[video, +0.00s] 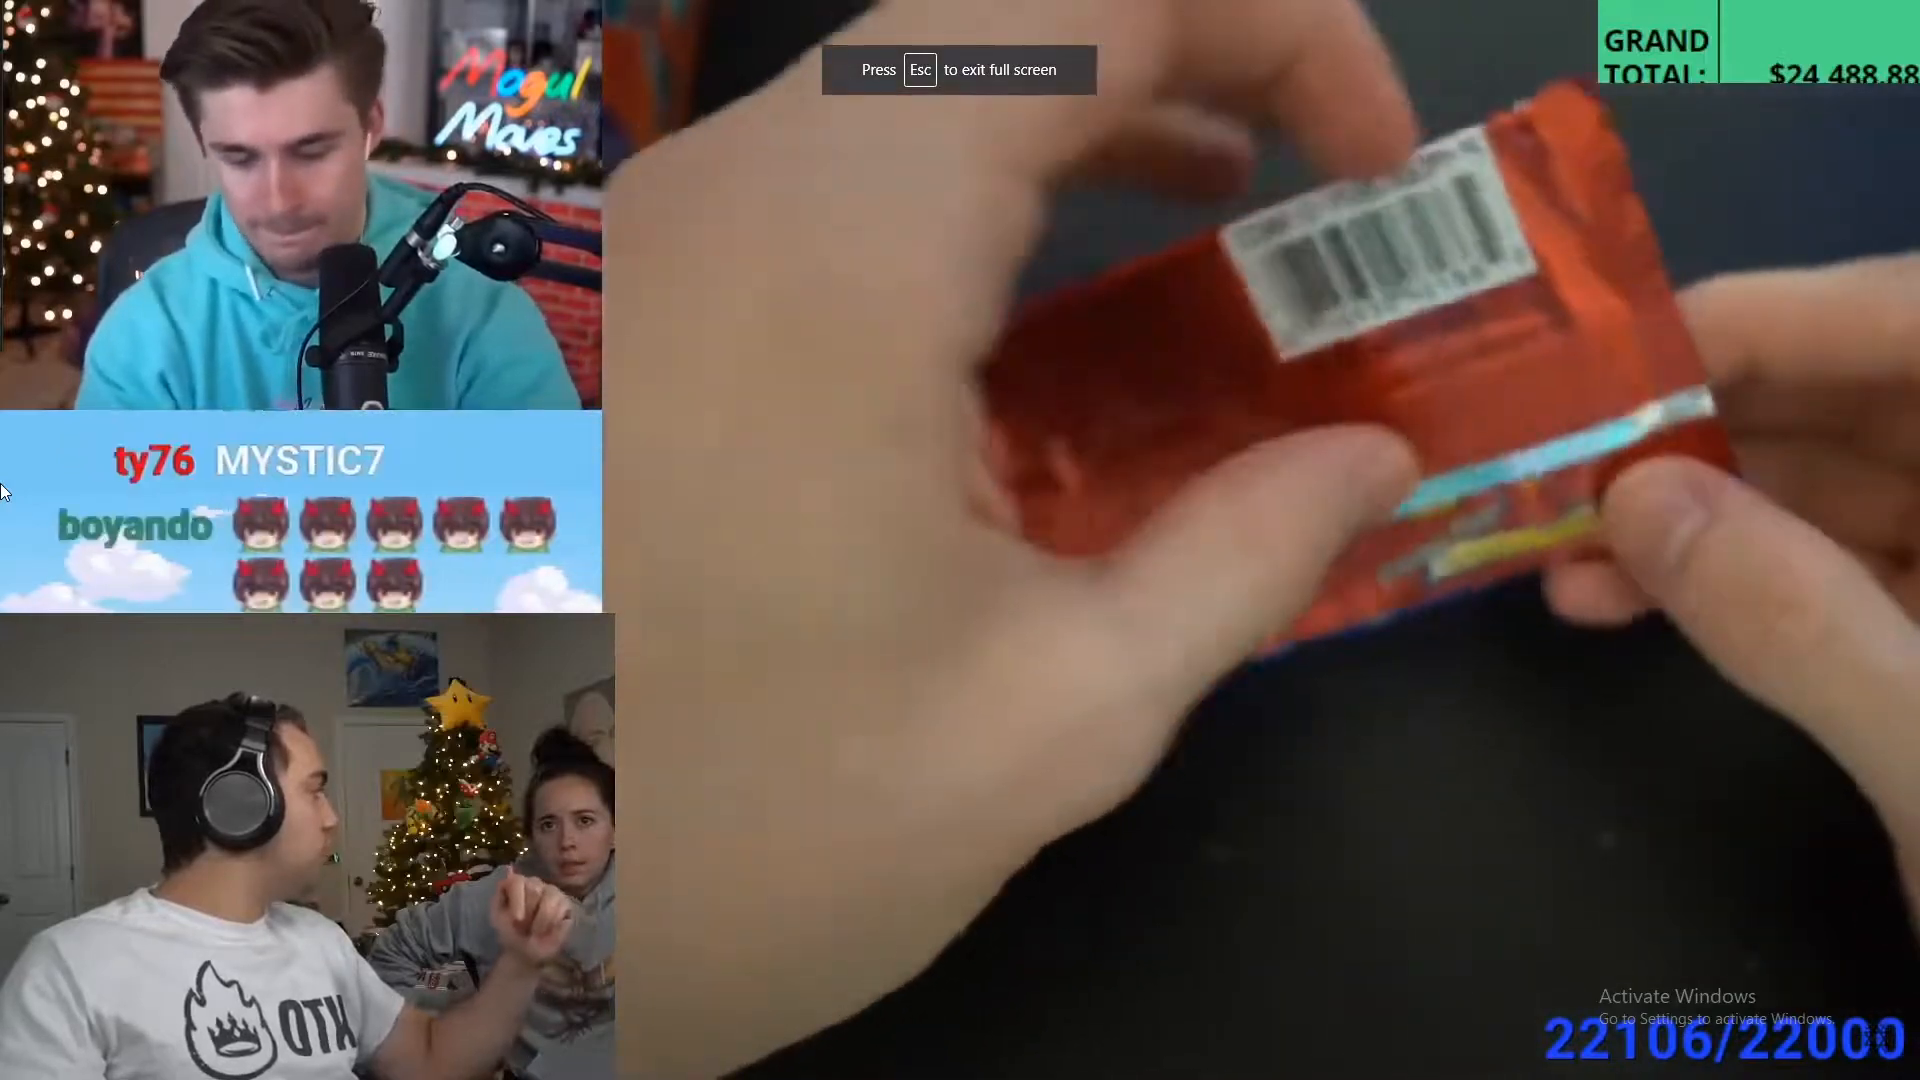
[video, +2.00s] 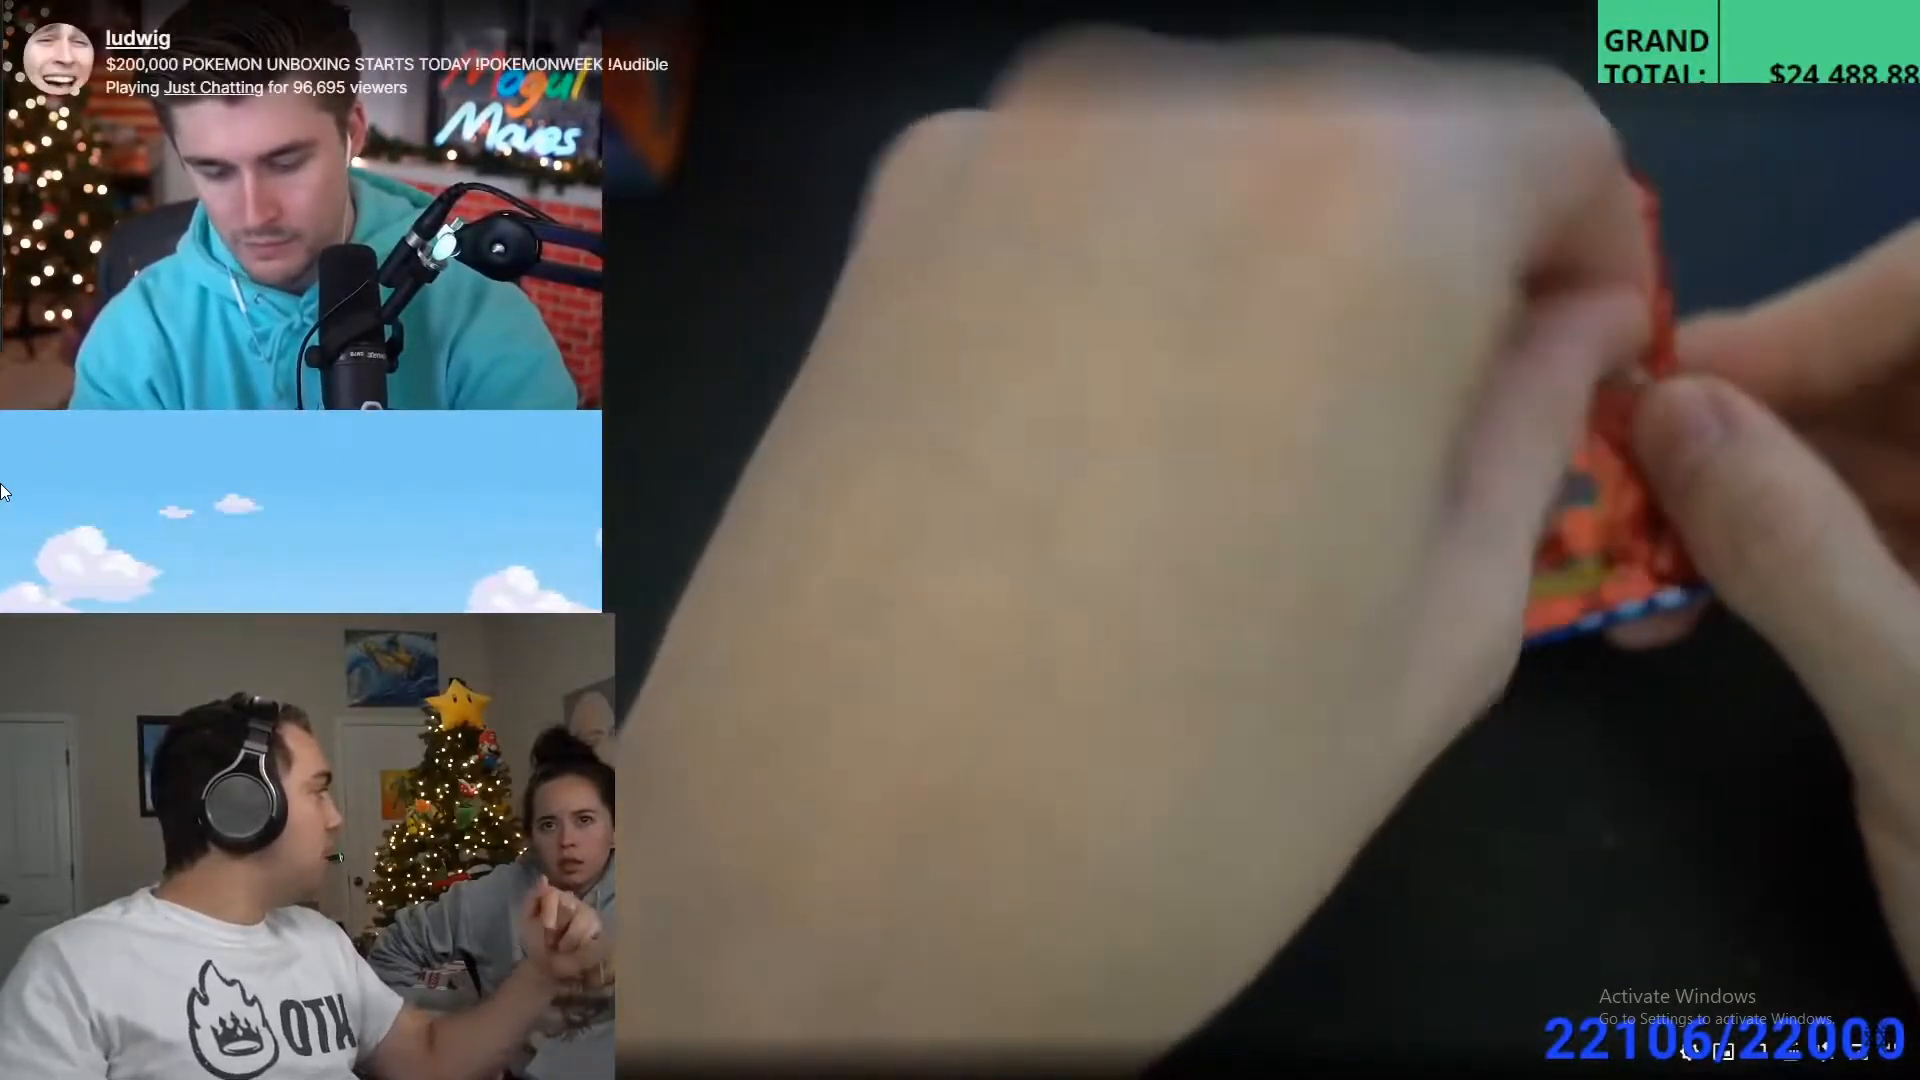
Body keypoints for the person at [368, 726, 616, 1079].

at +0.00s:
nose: (567, 842)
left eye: (585, 822)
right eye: (548, 825)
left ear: (614, 829)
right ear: (531, 836)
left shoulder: (642, 896)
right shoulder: (489, 900)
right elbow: (387, 957)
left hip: (621, 1069)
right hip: (534, 1071)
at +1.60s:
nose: (567, 842)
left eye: (585, 821)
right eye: (549, 825)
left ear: (615, 828)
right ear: (531, 836)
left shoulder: (643, 895)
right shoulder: (493, 898)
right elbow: (389, 956)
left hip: (619, 1068)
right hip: (531, 1071)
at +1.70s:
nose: (567, 842)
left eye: (585, 821)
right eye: (549, 825)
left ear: (615, 828)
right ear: (531, 836)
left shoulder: (644, 894)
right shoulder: (493, 898)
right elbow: (392, 952)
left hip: (620, 1069)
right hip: (526, 1071)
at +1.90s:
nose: (567, 842)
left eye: (585, 821)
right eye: (548, 825)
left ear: (615, 828)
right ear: (531, 836)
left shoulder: (642, 893)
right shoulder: (491, 899)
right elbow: (389, 956)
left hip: (615, 1069)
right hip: (528, 1071)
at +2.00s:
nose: (567, 842)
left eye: (585, 821)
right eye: (548, 825)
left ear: (615, 828)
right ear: (530, 836)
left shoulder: (641, 897)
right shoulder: (491, 898)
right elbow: (388, 958)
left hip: (609, 1070)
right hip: (522, 1072)